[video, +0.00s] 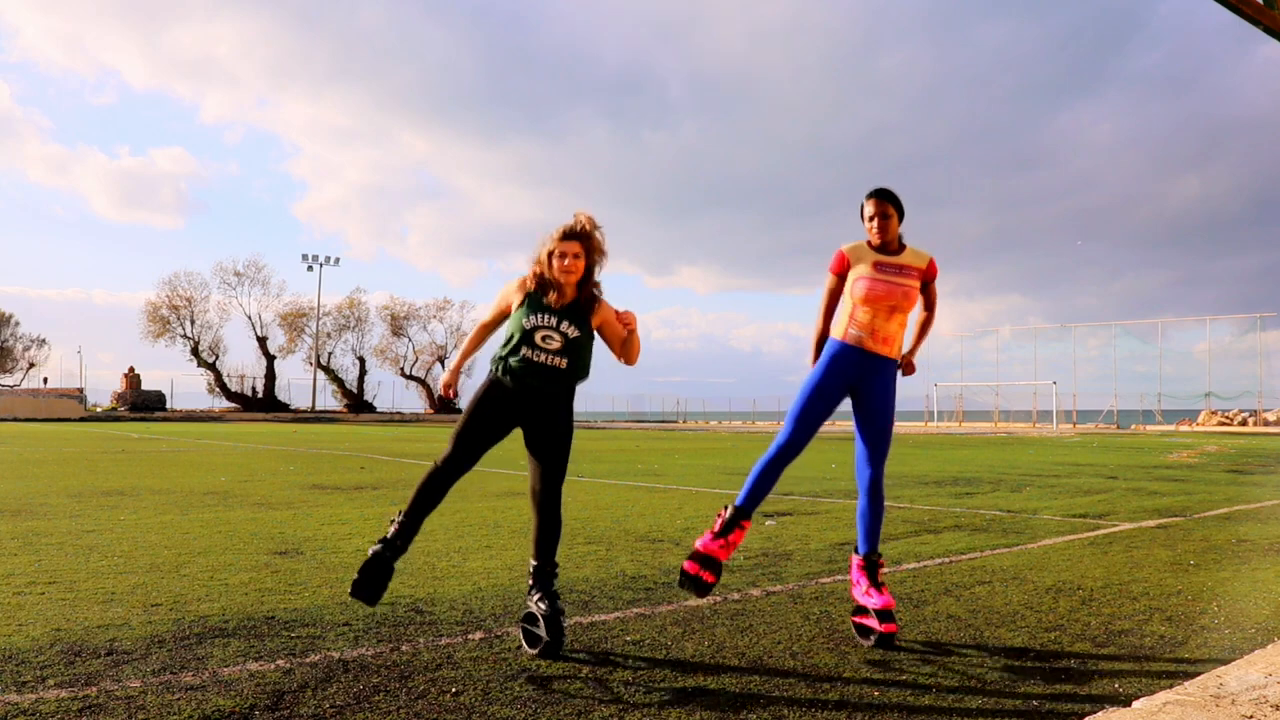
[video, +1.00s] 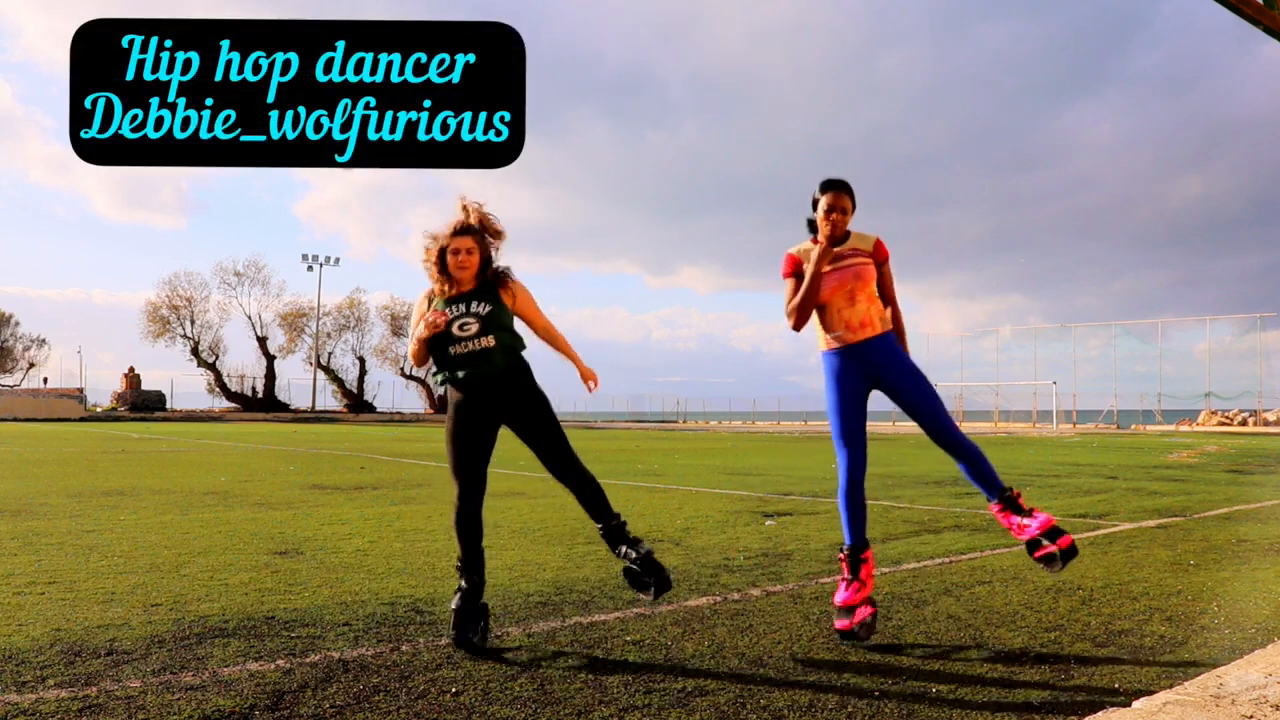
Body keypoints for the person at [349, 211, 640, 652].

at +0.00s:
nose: (568, 263)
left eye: (576, 257)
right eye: (561, 255)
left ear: (588, 264)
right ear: (549, 259)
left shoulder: (594, 308)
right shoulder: (524, 290)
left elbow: (628, 357)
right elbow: (488, 324)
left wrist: (632, 331)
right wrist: (455, 367)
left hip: (553, 406)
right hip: (503, 390)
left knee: (547, 496)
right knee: (452, 463)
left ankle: (542, 590)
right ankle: (393, 545)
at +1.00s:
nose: (461, 258)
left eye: (469, 251)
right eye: (454, 252)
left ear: (482, 257)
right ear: (443, 258)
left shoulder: (505, 289)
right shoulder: (429, 302)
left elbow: (542, 327)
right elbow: (417, 360)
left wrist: (578, 362)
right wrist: (423, 335)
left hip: (517, 390)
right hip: (468, 401)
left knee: (566, 466)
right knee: (467, 495)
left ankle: (623, 544)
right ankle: (470, 589)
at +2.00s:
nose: (551, 271)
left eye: (560, 265)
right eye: (547, 264)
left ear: (579, 274)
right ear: (540, 269)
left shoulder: (590, 323)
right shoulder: (516, 303)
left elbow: (611, 372)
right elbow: (477, 347)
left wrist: (609, 378)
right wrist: (453, 387)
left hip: (546, 420)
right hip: (496, 407)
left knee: (548, 509)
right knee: (440, 482)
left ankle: (543, 601)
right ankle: (373, 568)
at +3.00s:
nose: (486, 282)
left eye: (492, 276)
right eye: (478, 276)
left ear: (500, 280)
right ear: (462, 282)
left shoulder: (519, 321)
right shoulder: (444, 329)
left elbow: (547, 373)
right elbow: (434, 397)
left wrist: (572, 422)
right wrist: (445, 374)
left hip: (524, 421)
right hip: (476, 429)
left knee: (572, 498)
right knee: (487, 518)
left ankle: (609, 578)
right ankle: (493, 608)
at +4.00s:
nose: (535, 286)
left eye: (543, 280)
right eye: (528, 280)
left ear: (554, 286)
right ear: (517, 285)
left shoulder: (565, 334)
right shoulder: (494, 317)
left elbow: (569, 390)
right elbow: (467, 368)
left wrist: (571, 433)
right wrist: (470, 414)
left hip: (525, 429)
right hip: (479, 417)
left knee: (523, 513)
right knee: (434, 496)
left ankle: (509, 605)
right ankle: (382, 584)